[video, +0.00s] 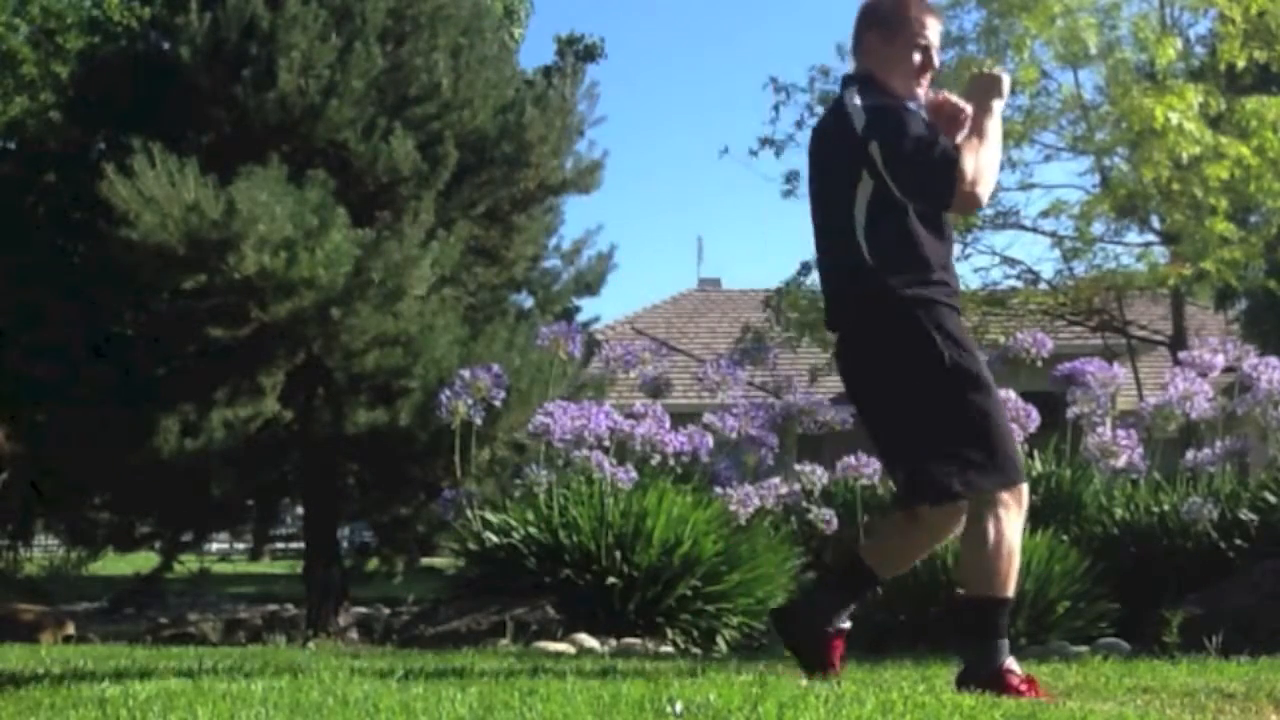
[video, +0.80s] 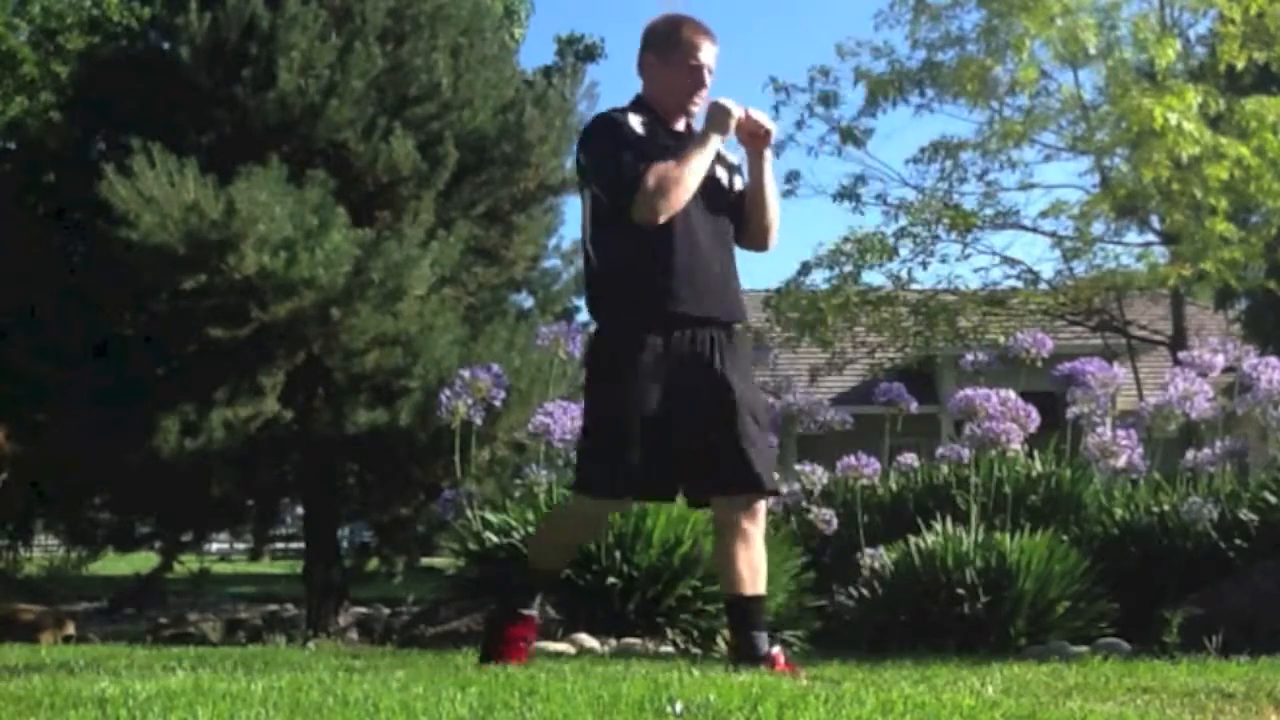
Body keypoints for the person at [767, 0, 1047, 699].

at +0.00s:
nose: (928, 57)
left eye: (933, 47)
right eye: (914, 42)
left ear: (935, 53)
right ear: (868, 42)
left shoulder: (846, 119)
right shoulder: (879, 117)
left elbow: (927, 199)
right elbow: (970, 189)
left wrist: (949, 133)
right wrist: (991, 111)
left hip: (873, 331)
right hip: (915, 323)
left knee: (941, 501)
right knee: (1002, 487)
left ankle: (815, 614)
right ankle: (987, 663)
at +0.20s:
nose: (883, 84)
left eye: (888, 74)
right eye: (872, 69)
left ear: (879, 83)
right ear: (827, 68)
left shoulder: (822, 139)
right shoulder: (830, 135)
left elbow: (894, 236)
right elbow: (898, 214)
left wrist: (913, 156)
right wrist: (927, 141)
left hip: (843, 347)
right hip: (871, 342)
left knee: (909, 521)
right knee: (965, 492)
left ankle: (789, 634)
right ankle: (985, 665)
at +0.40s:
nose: (832, 65)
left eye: (837, 56)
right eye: (819, 51)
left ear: (838, 68)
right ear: (776, 54)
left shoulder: (817, 140)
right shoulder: (750, 119)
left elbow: (871, 230)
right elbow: (797, 179)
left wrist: (874, 146)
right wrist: (851, 114)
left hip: (825, 331)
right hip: (779, 327)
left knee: (830, 495)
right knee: (863, 466)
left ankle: (767, 644)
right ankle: (888, 648)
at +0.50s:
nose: (806, 60)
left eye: (810, 50)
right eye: (791, 48)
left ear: (813, 61)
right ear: (750, 51)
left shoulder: (801, 135)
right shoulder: (715, 115)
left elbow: (854, 222)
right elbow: (760, 170)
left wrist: (856, 137)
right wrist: (814, 107)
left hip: (801, 326)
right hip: (743, 320)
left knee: (799, 482)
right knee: (814, 456)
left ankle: (770, 636)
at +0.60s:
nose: (778, 70)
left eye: (783, 59)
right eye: (764, 56)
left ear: (786, 69)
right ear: (721, 58)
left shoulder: (776, 147)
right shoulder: (681, 122)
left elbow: (833, 218)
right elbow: (729, 171)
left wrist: (829, 133)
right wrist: (783, 105)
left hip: (782, 330)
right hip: (713, 323)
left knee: (792, 489)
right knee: (751, 476)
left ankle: (758, 642)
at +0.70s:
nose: (742, 79)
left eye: (748, 68)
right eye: (731, 65)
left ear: (746, 74)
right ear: (687, 61)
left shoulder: (742, 150)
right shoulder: (647, 127)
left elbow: (799, 225)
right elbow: (692, 185)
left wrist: (795, 140)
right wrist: (744, 117)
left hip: (754, 335)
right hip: (681, 332)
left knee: (770, 494)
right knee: (673, 491)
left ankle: (756, 645)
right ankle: (565, 602)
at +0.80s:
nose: (703, 82)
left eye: (709, 73)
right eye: (692, 68)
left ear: (709, 78)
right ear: (648, 64)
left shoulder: (703, 151)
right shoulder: (610, 132)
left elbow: (758, 235)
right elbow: (654, 204)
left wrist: (759, 156)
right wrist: (713, 137)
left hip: (719, 345)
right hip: (636, 345)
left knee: (746, 499)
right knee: (600, 497)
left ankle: (752, 647)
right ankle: (517, 606)